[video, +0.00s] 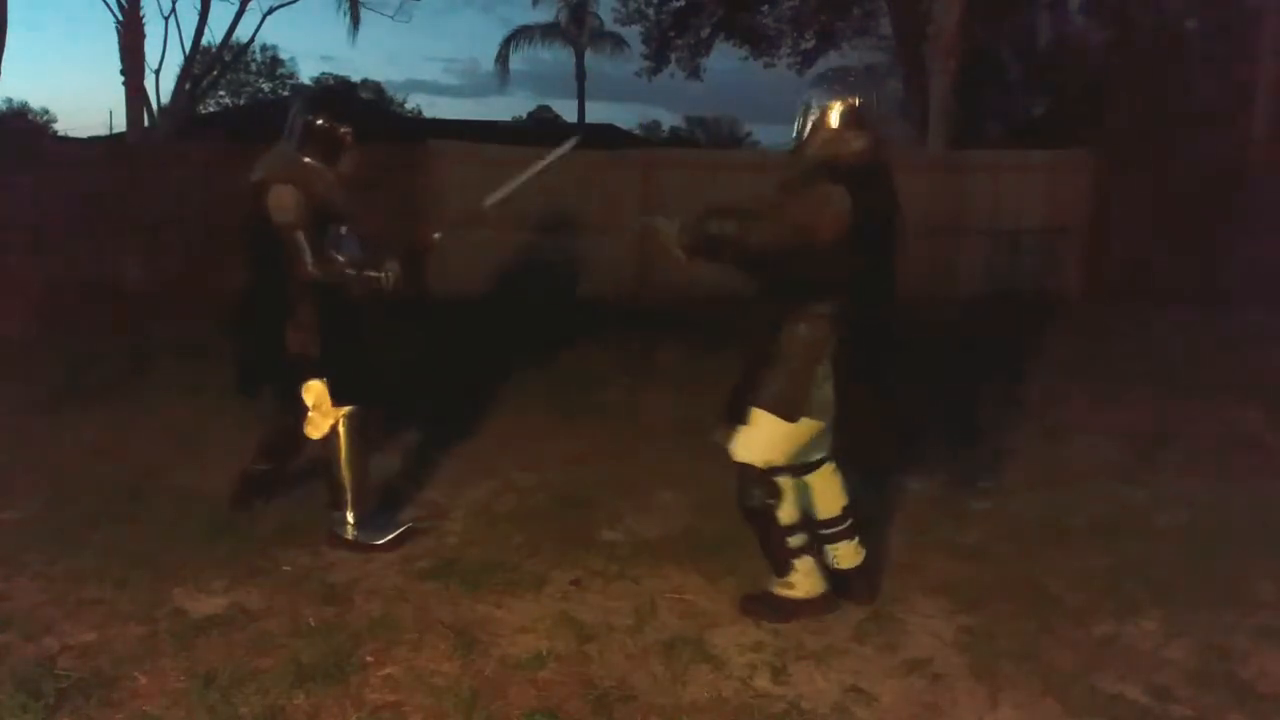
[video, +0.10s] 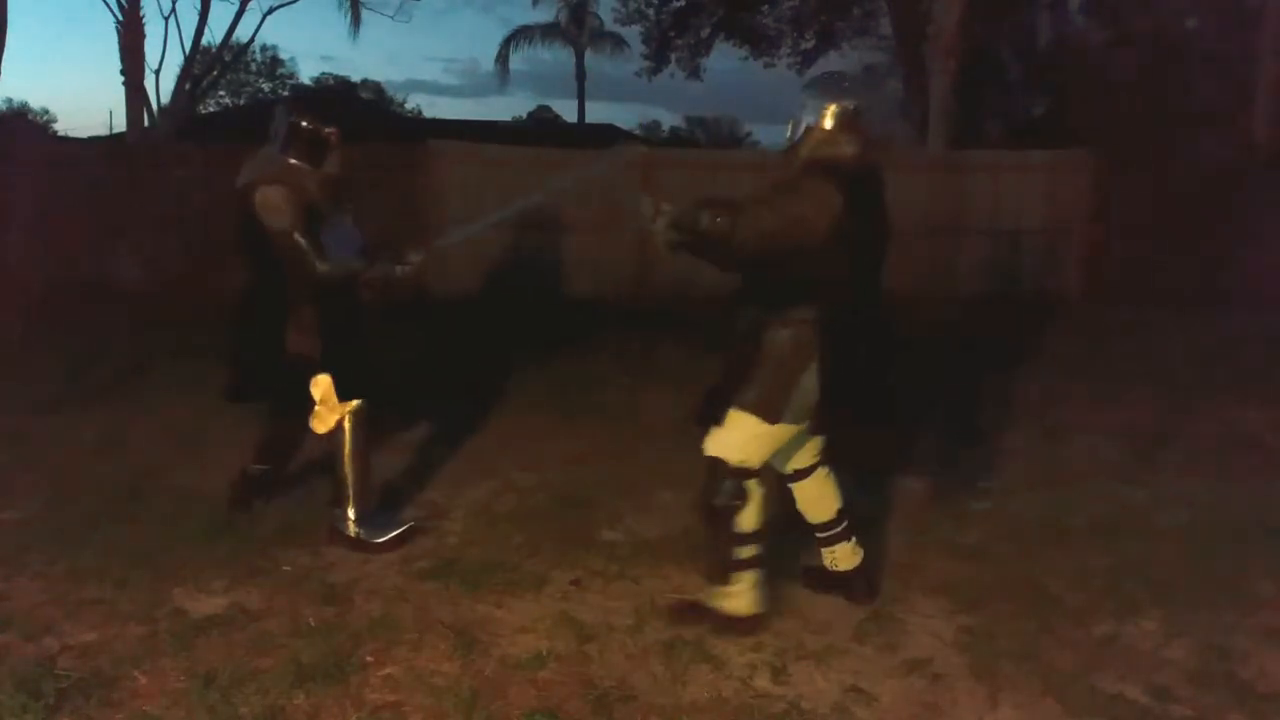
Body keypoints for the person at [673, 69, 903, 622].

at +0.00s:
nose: (806, 136)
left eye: (818, 125)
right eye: (812, 125)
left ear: (846, 134)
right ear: (854, 136)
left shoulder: (838, 190)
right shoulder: (861, 184)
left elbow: (785, 244)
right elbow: (785, 233)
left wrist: (706, 237)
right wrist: (722, 229)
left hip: (813, 339)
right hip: (836, 335)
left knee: (756, 463)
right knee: (812, 453)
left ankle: (802, 584)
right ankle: (847, 563)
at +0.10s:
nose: (795, 147)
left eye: (803, 137)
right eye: (802, 137)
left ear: (818, 140)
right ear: (851, 143)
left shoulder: (824, 190)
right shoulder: (852, 188)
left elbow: (760, 236)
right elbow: (765, 229)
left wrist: (691, 225)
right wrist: (702, 222)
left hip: (799, 337)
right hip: (827, 335)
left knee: (732, 455)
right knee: (800, 455)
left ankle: (736, 597)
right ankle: (843, 567)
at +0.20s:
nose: (785, 145)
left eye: (797, 136)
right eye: (793, 135)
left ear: (815, 147)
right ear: (833, 152)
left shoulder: (807, 199)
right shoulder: (828, 198)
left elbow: (738, 245)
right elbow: (741, 242)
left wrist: (669, 226)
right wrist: (674, 232)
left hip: (775, 348)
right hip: (799, 345)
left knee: (704, 476)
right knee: (788, 467)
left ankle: (685, 606)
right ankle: (845, 567)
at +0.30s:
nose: (771, 167)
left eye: (781, 159)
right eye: (778, 157)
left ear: (791, 165)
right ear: (823, 166)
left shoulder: (791, 212)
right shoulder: (823, 208)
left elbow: (731, 260)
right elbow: (729, 241)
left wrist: (655, 258)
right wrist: (655, 231)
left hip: (755, 350)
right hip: (794, 347)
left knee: (676, 471)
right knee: (767, 465)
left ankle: (681, 609)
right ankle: (841, 567)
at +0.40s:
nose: (751, 145)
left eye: (763, 133)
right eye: (760, 133)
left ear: (782, 141)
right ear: (788, 142)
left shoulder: (779, 202)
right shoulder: (782, 191)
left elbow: (711, 263)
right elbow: (708, 238)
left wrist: (635, 268)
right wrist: (633, 230)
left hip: (735, 348)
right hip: (760, 342)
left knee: (666, 477)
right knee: (748, 463)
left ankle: (681, 613)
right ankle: (829, 552)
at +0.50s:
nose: (743, 138)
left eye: (755, 126)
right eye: (745, 125)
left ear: (773, 132)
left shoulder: (763, 194)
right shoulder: (760, 182)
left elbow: (700, 262)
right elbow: (691, 227)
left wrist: (624, 260)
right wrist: (618, 219)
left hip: (722, 340)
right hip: (731, 332)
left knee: (665, 473)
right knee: (715, 449)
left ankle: (680, 611)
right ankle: (797, 537)